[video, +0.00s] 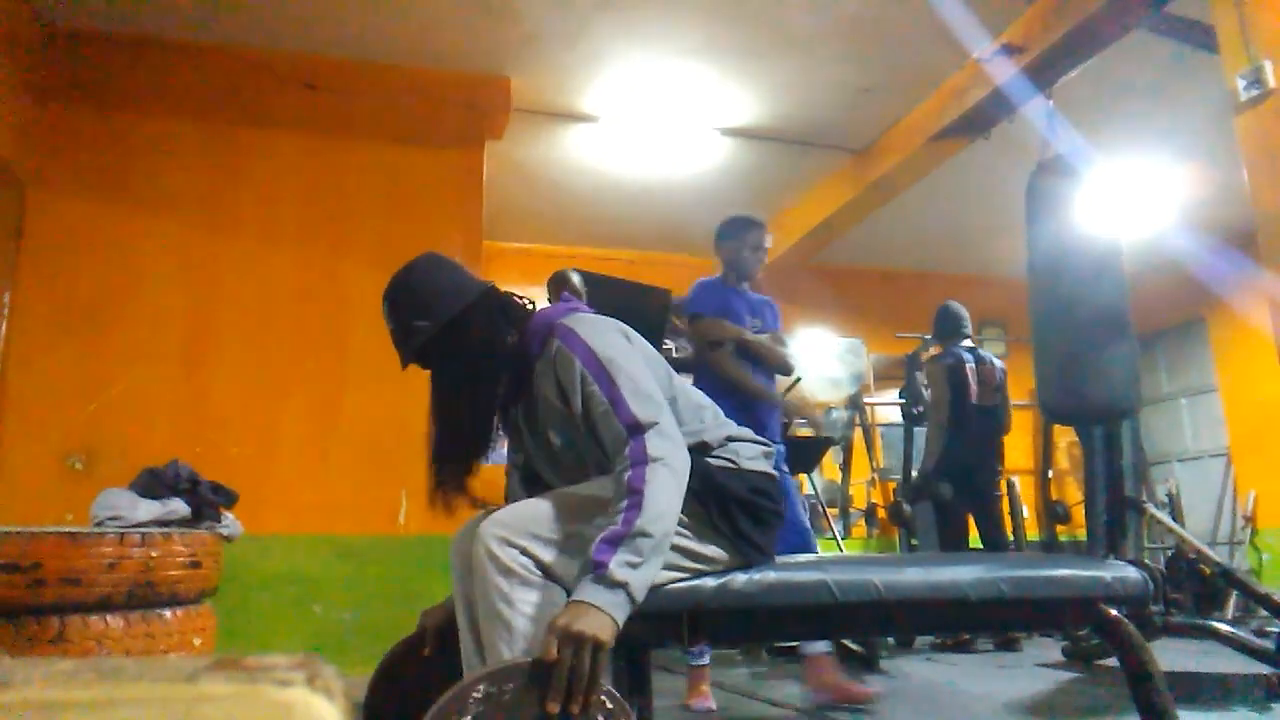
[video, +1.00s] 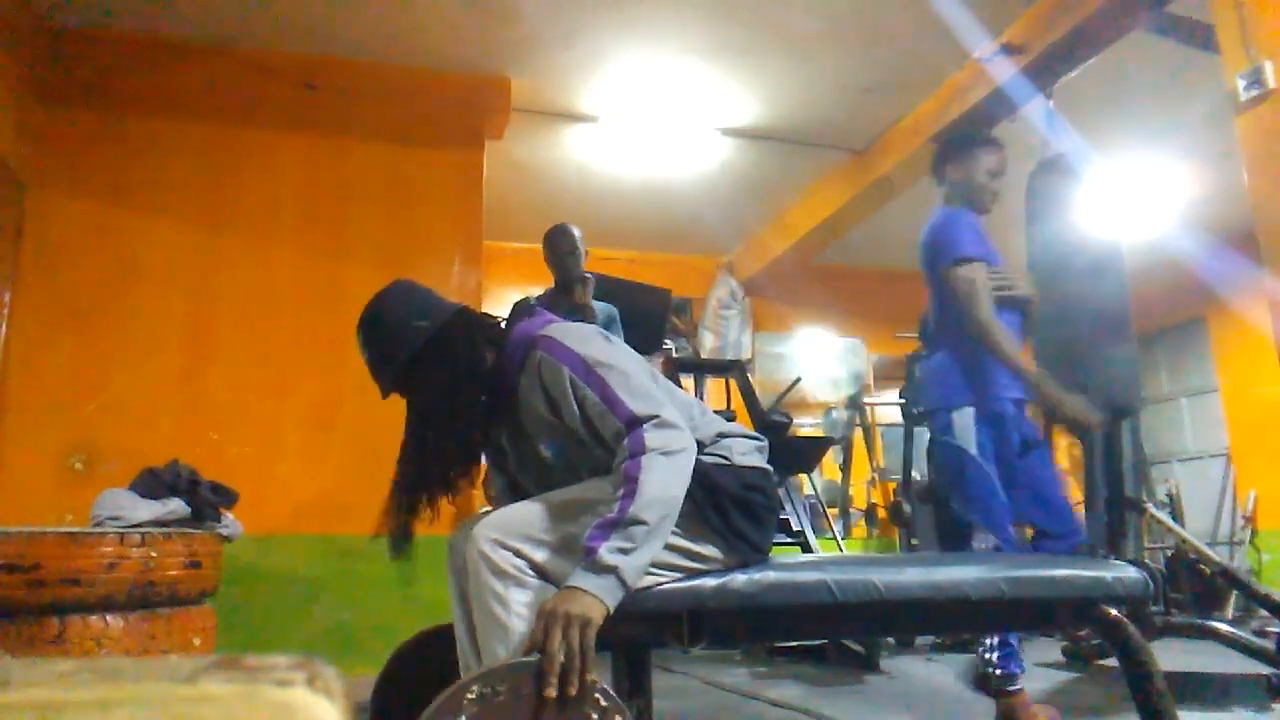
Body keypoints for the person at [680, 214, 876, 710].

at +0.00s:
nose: (764, 256)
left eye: (766, 249)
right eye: (756, 248)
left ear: (764, 253)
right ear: (726, 249)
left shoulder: (766, 306)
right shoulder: (705, 294)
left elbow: (784, 363)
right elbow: (716, 361)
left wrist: (740, 334)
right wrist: (781, 397)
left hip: (767, 446)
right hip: (716, 446)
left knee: (798, 544)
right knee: (703, 556)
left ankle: (819, 666)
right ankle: (699, 677)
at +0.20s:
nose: (817, 244)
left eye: (816, 237)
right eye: (808, 235)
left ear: (798, 244)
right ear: (776, 239)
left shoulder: (811, 303)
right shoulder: (755, 286)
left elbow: (836, 358)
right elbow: (778, 353)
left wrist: (794, 330)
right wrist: (845, 390)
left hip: (807, 444)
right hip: (758, 442)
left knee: (834, 555)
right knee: (735, 559)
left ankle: (862, 680)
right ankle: (702, 676)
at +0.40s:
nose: (860, 230)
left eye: (861, 223)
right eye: (852, 221)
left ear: (845, 228)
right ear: (820, 221)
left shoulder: (851, 284)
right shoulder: (806, 272)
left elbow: (888, 351)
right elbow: (828, 352)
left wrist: (849, 323)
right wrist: (875, 423)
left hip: (848, 428)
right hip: (816, 426)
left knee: (855, 541)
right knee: (837, 538)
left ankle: (862, 677)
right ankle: (786, 653)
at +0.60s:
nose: (905, 216)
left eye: (905, 207)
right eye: (897, 206)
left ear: (874, 211)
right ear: (864, 210)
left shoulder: (891, 276)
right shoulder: (852, 262)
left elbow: (929, 347)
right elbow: (856, 342)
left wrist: (895, 317)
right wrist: (898, 426)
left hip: (891, 424)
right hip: (863, 422)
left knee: (873, 548)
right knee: (912, 539)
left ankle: (863, 681)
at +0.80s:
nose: (948, 203)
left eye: (949, 195)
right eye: (939, 193)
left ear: (917, 196)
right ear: (905, 194)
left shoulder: (930, 260)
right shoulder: (901, 252)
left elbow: (988, 337)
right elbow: (920, 341)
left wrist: (950, 302)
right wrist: (958, 421)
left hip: (944, 413)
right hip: (920, 415)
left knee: (937, 544)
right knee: (970, 544)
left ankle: (881, 663)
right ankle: (1007, 694)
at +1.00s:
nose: (999, 187)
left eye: (1001, 176)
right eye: (990, 174)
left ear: (963, 173)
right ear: (952, 170)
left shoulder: (970, 234)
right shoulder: (952, 227)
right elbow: (978, 321)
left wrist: (1025, 301)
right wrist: (1053, 394)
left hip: (1003, 406)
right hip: (967, 407)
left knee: (1064, 531)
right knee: (993, 539)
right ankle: (1006, 684)